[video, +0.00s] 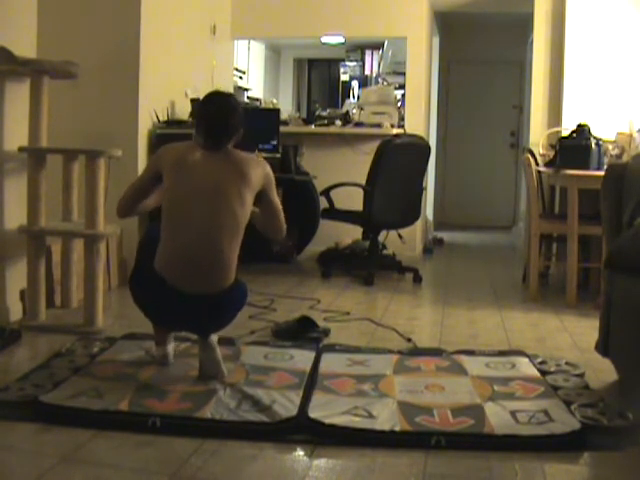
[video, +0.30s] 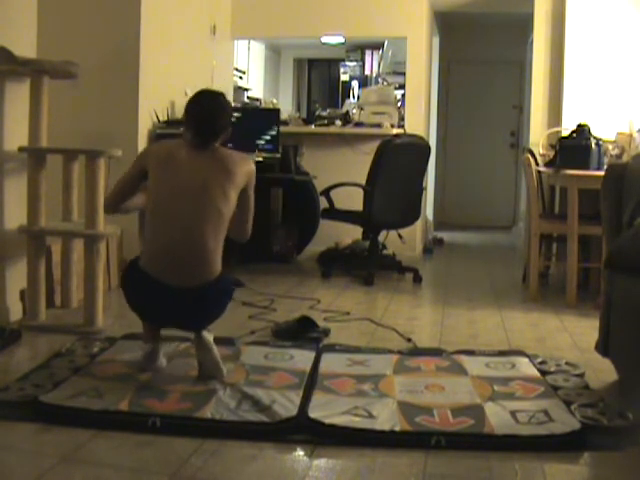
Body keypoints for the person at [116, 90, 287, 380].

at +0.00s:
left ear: (196, 125)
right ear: (238, 135)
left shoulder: (169, 156)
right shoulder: (256, 168)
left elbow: (124, 208)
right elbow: (276, 231)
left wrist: (167, 193)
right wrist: (247, 203)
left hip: (165, 308)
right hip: (216, 312)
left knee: (151, 236)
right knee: (237, 285)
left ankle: (163, 346)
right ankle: (209, 340)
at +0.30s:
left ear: (185, 123)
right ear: (226, 133)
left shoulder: (156, 154)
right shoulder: (243, 166)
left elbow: (111, 203)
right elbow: (242, 232)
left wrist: (151, 196)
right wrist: (210, 208)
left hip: (152, 301)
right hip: (203, 306)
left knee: (132, 269)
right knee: (224, 281)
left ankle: (152, 349)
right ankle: (204, 338)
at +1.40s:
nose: (209, 139)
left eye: (211, 134)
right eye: (211, 133)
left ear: (164, 124)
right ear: (203, 128)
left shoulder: (131, 148)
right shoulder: (200, 154)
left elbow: (102, 171)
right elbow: (238, 223)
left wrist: (101, 147)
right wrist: (224, 235)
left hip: (125, 302)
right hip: (170, 300)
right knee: (255, 254)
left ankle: (147, 333)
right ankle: (199, 339)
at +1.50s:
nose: (212, 138)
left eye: (214, 133)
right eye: (213, 132)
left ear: (167, 122)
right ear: (205, 128)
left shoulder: (132, 150)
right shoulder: (201, 153)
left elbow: (102, 184)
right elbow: (240, 219)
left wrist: (116, 152)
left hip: (127, 301)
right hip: (172, 299)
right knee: (255, 243)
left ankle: (147, 332)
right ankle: (204, 334)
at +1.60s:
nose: (213, 138)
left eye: (215, 133)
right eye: (215, 132)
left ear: (168, 123)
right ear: (209, 130)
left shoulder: (135, 153)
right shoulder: (204, 154)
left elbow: (102, 192)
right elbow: (242, 218)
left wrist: (129, 163)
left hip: (127, 303)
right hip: (173, 300)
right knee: (250, 240)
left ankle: (147, 339)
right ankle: (227, 343)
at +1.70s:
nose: (218, 138)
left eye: (219, 132)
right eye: (219, 132)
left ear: (175, 122)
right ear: (212, 131)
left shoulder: (141, 155)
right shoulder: (209, 158)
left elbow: (106, 195)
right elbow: (239, 226)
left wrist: (143, 201)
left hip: (127, 302)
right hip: (172, 301)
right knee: (250, 244)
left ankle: (147, 337)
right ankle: (228, 344)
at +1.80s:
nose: (222, 134)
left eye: (222, 127)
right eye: (222, 127)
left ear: (180, 120)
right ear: (216, 128)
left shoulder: (148, 154)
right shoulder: (213, 158)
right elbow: (240, 229)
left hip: (129, 302)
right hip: (173, 301)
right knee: (254, 244)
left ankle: (148, 334)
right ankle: (229, 344)